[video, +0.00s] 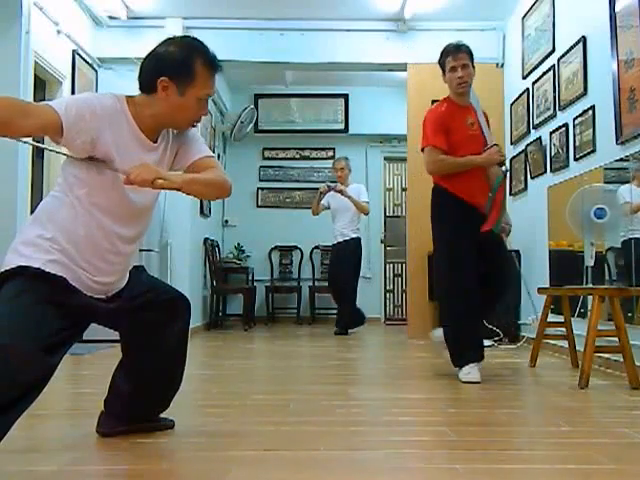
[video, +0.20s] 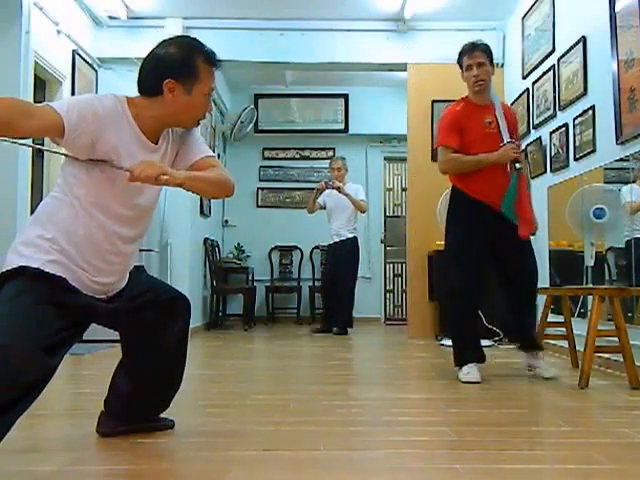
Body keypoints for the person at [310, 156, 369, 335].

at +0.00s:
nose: (339, 173)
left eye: (342, 169)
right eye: (336, 170)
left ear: (349, 171)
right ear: (333, 172)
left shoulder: (357, 189)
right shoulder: (331, 193)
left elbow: (365, 210)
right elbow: (315, 211)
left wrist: (347, 195)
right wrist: (320, 195)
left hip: (352, 241)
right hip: (338, 242)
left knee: (347, 282)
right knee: (333, 282)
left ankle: (342, 324)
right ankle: (355, 315)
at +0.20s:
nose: (336, 173)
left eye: (339, 170)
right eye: (333, 170)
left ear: (346, 171)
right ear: (329, 172)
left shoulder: (355, 189)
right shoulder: (327, 193)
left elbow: (362, 208)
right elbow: (311, 209)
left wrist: (344, 193)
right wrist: (316, 191)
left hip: (349, 242)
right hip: (333, 243)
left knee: (344, 284)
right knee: (328, 284)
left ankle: (342, 324)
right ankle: (328, 322)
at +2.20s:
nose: (325, 171)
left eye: (328, 168)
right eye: (321, 168)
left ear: (332, 170)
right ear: (317, 171)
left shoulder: (341, 189)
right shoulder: (313, 192)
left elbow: (349, 206)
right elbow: (301, 207)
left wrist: (332, 189)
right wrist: (309, 189)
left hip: (336, 241)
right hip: (318, 243)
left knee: (338, 285)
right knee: (317, 286)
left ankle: (341, 324)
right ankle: (318, 323)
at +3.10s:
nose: (323, 173)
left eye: (326, 169)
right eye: (320, 170)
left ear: (332, 171)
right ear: (315, 172)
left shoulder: (339, 189)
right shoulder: (312, 190)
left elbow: (349, 205)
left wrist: (333, 188)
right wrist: (315, 187)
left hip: (335, 237)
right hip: (317, 238)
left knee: (338, 280)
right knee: (321, 280)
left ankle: (341, 313)